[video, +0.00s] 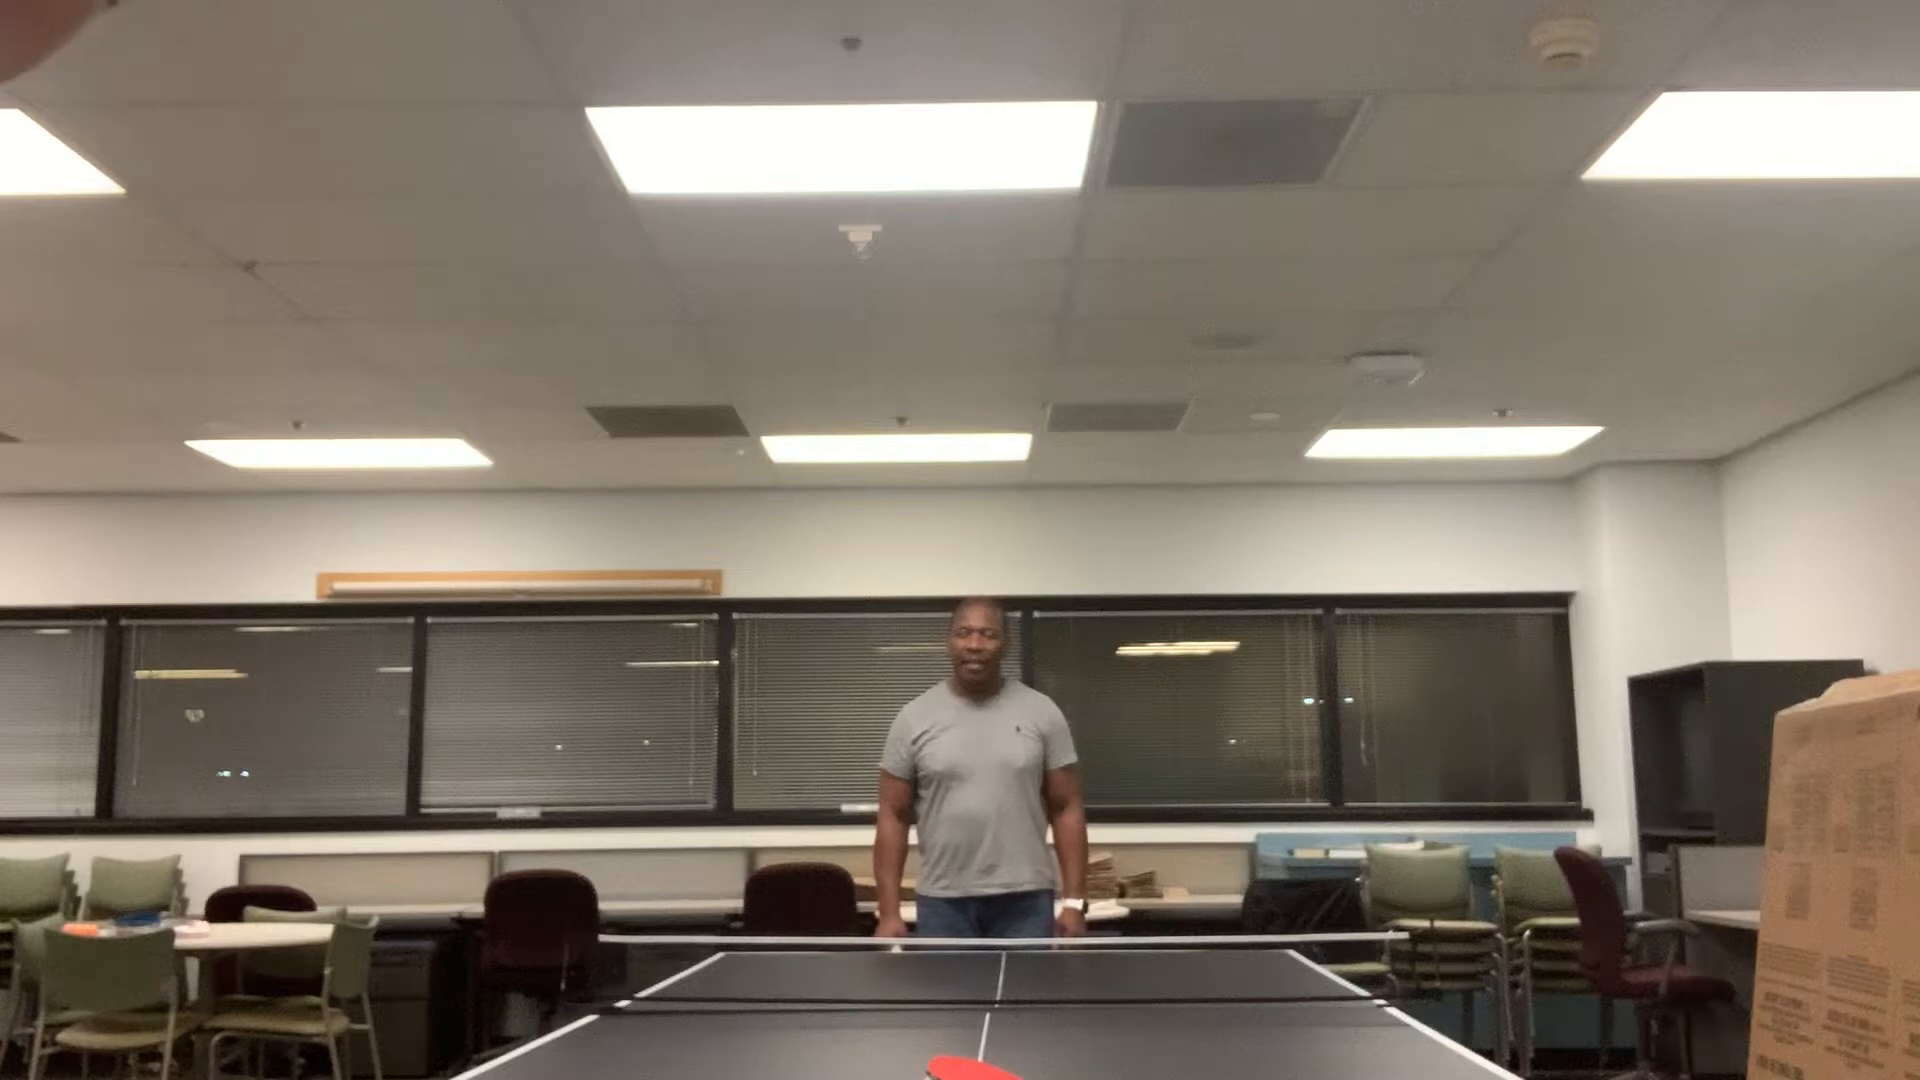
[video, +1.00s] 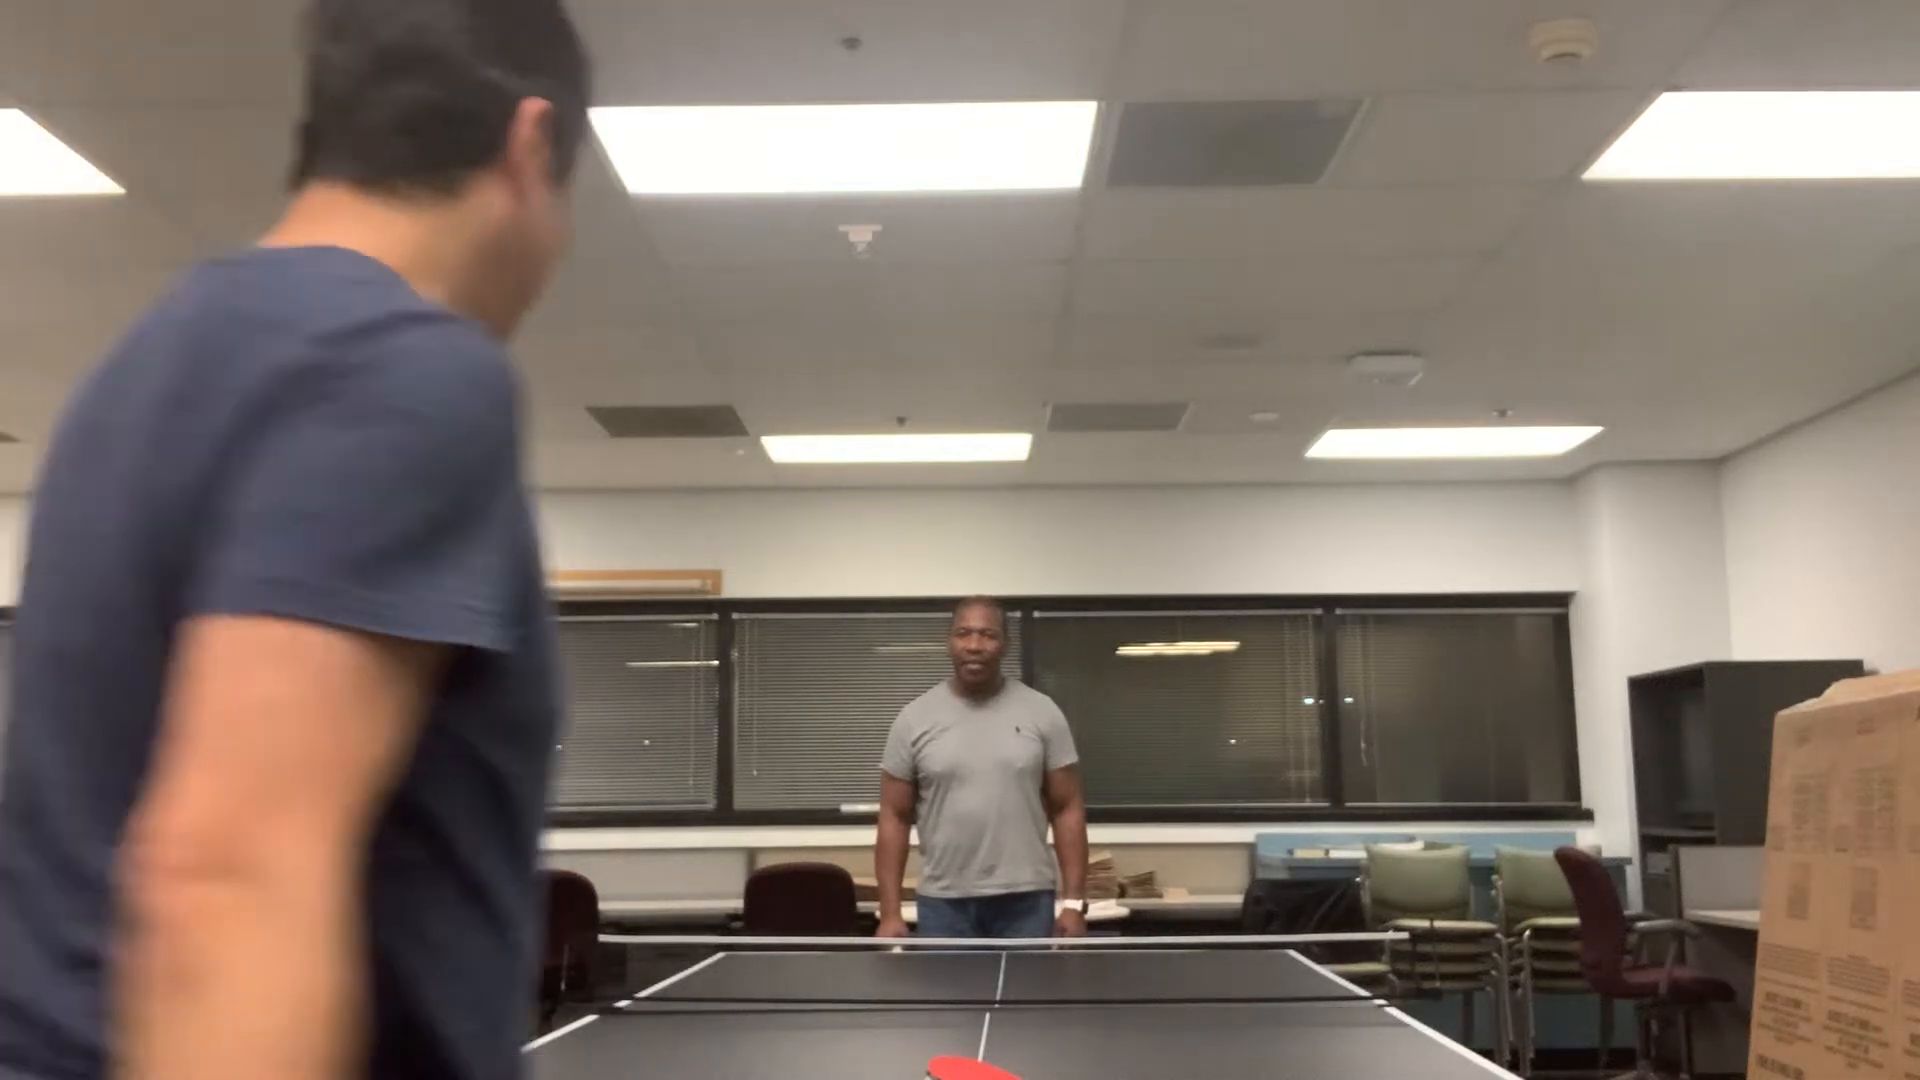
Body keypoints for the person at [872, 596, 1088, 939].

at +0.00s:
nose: (975, 645)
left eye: (988, 634)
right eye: (964, 633)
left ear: (1004, 644)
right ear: (948, 641)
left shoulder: (1041, 713)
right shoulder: (914, 719)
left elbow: (1066, 807)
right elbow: (893, 816)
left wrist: (1073, 902)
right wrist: (889, 913)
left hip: (1026, 901)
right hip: (943, 903)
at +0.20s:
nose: (975, 645)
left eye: (988, 635)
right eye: (964, 633)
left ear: (1004, 644)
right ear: (948, 641)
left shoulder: (1041, 713)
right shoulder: (914, 720)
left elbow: (1066, 807)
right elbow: (894, 816)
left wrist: (1074, 902)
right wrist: (889, 913)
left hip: (1026, 902)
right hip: (943, 903)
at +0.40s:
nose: (974, 645)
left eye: (988, 635)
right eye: (964, 633)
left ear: (1004, 644)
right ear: (948, 642)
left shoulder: (1041, 713)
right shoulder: (914, 720)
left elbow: (1066, 808)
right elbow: (894, 817)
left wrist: (1073, 903)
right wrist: (890, 914)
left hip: (1026, 903)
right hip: (944, 904)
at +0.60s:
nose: (974, 645)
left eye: (987, 635)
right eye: (964, 633)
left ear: (1004, 644)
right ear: (949, 641)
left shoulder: (1041, 713)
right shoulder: (914, 720)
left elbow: (1066, 807)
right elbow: (894, 817)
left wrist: (1072, 904)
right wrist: (890, 914)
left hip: (1026, 902)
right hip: (944, 904)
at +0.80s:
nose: (974, 646)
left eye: (987, 635)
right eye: (964, 633)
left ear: (1004, 644)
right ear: (949, 642)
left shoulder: (1041, 713)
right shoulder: (914, 720)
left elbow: (1066, 807)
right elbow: (894, 817)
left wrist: (1073, 903)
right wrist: (890, 913)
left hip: (1026, 902)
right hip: (944, 903)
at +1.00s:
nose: (974, 646)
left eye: (987, 635)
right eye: (964, 633)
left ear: (1004, 644)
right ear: (949, 642)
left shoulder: (1041, 713)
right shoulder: (914, 720)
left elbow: (1067, 807)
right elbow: (894, 817)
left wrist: (1073, 903)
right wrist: (890, 913)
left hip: (1026, 902)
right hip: (944, 903)